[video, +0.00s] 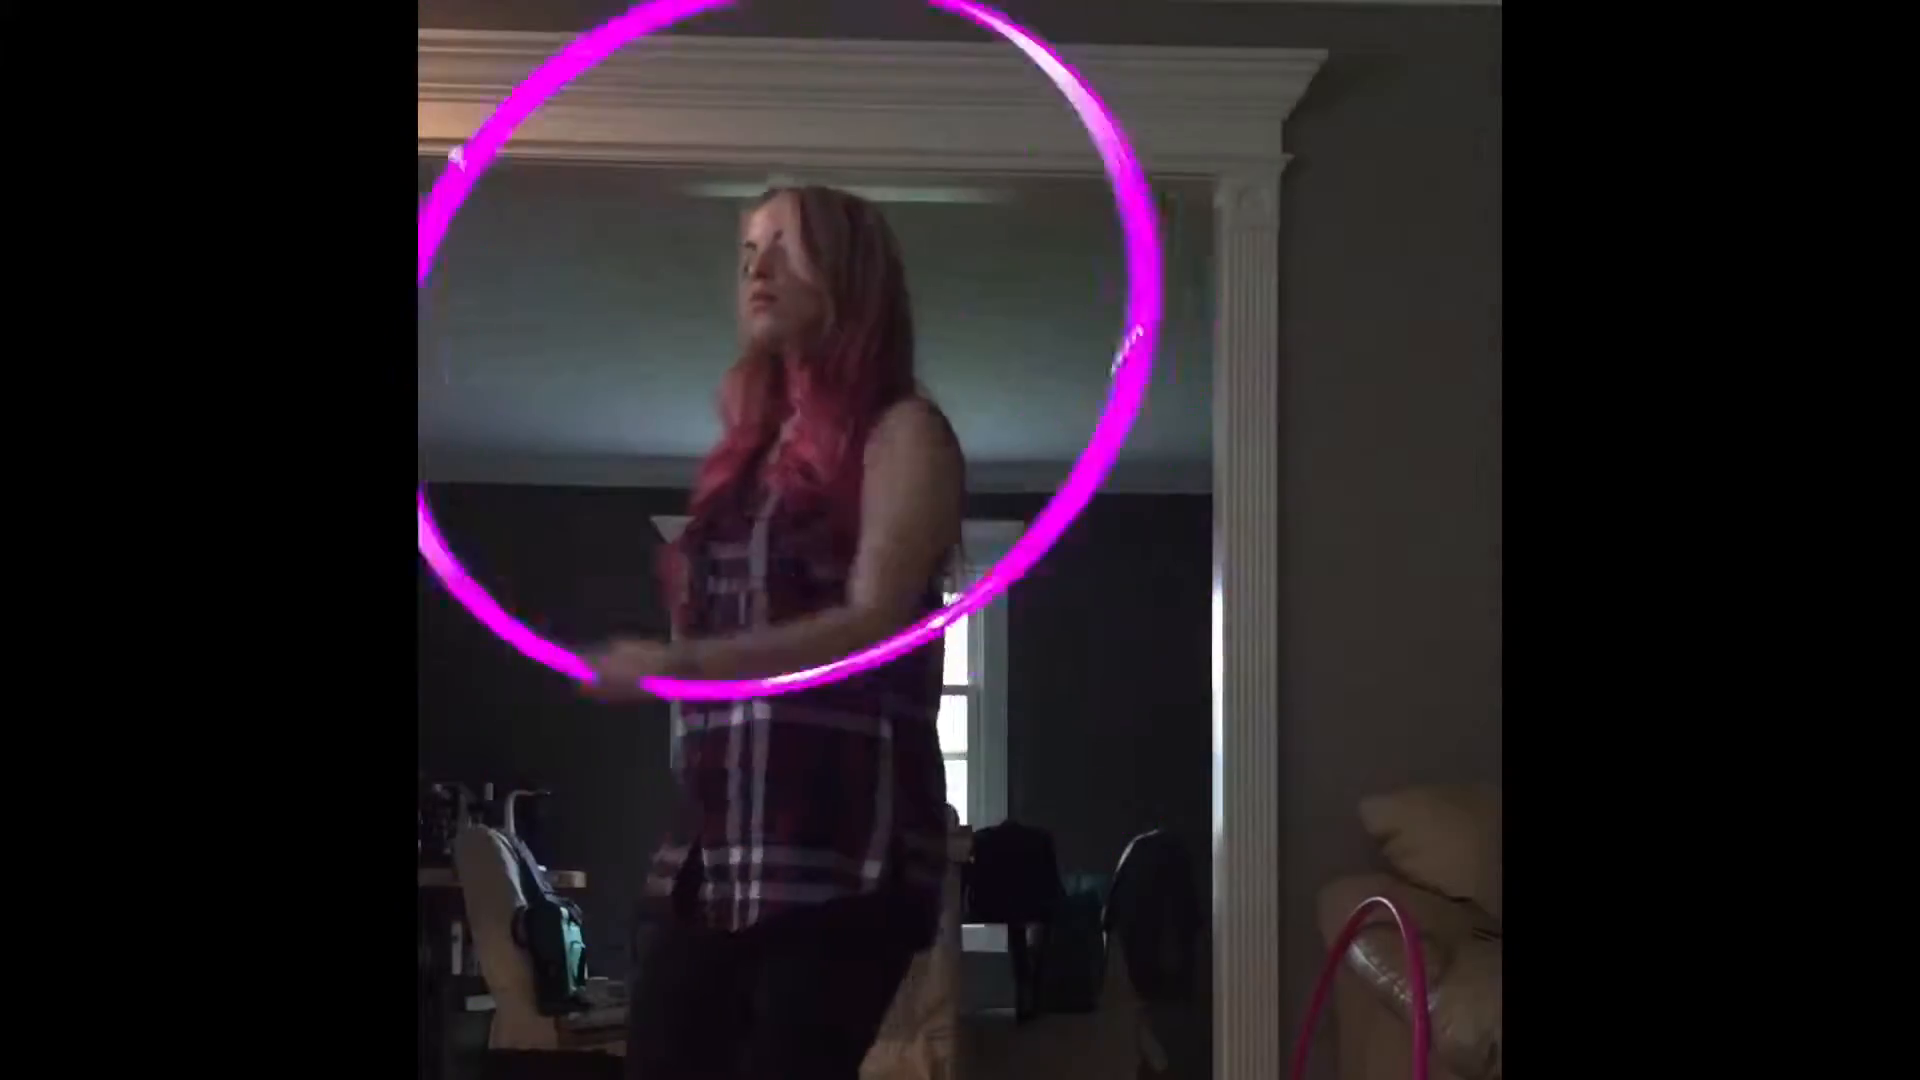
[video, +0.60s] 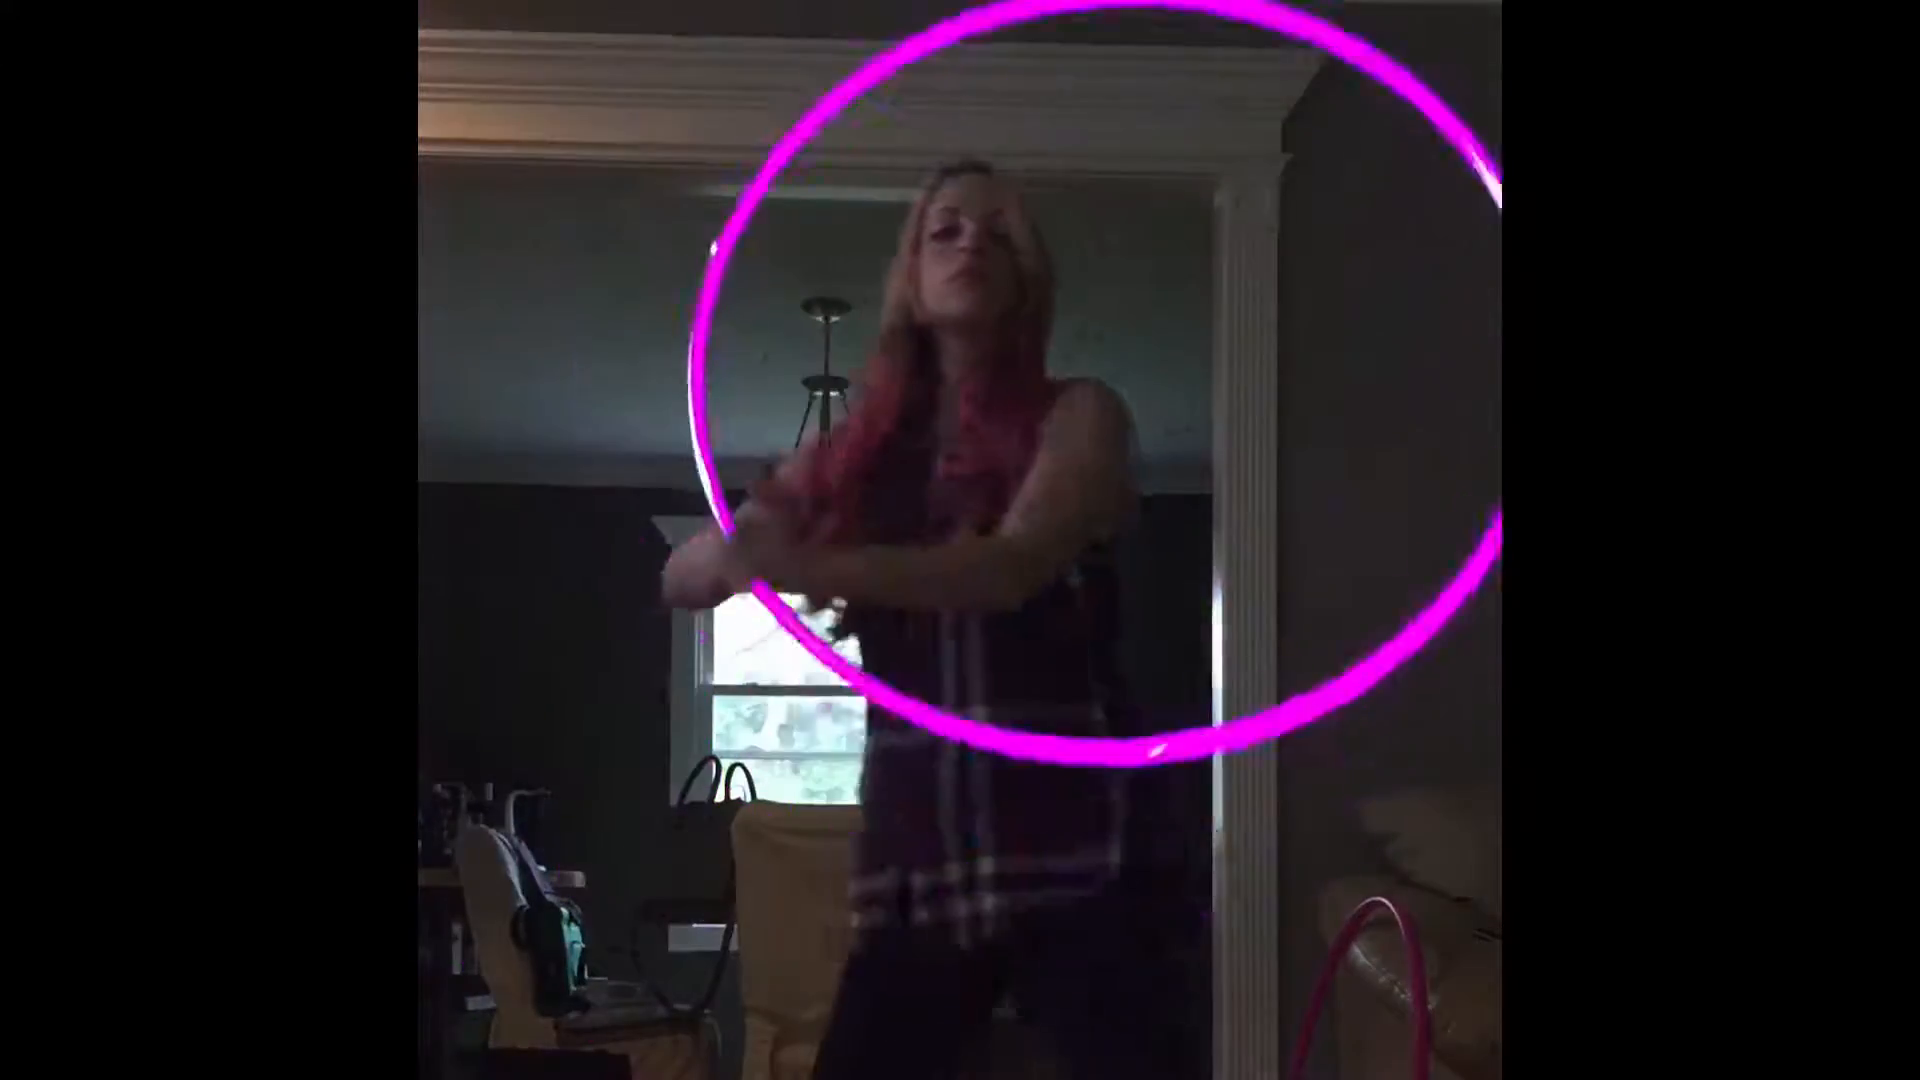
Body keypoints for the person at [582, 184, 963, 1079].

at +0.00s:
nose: (756, 271)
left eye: (784, 253)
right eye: (748, 256)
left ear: (846, 279)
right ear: (737, 280)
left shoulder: (903, 430)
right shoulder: (749, 438)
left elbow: (883, 622)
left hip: (844, 842)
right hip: (719, 832)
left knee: (789, 1061)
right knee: (668, 1053)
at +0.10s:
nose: (758, 266)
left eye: (787, 250)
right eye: (745, 252)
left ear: (842, 279)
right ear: (728, 280)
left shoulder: (897, 431)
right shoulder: (721, 440)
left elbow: (991, 614)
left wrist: (824, 656)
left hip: (837, 856)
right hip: (696, 844)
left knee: (786, 1062)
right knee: (657, 1057)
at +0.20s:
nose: (777, 272)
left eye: (806, 254)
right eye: (761, 257)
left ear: (858, 290)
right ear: (739, 290)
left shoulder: (914, 442)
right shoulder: (710, 452)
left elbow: (1093, 560)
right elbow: (661, 612)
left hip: (859, 857)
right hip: (706, 848)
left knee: (833, 1065)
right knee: (652, 1060)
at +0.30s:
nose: (807, 269)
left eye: (836, 254)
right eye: (789, 254)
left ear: (887, 289)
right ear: (761, 294)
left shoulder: (929, 435)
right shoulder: (725, 459)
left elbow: (1066, 488)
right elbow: (712, 653)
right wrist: (641, 723)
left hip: (881, 850)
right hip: (721, 844)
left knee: (920, 1064)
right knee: (683, 1065)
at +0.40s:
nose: (854, 262)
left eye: (882, 246)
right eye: (835, 248)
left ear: (924, 281)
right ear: (803, 285)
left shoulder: (976, 416)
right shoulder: (755, 450)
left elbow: (983, 497)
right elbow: (682, 661)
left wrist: (821, 343)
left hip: (961, 876)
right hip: (786, 875)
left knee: (1012, 1069)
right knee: (744, 1063)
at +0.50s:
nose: (912, 255)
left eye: (942, 244)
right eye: (891, 239)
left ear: (977, 282)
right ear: (854, 278)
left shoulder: (1024, 409)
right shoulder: (820, 437)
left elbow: (972, 536)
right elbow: (657, 610)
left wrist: (767, 468)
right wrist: (725, 505)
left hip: (1039, 865)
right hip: (869, 865)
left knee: (1093, 1067)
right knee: (798, 1068)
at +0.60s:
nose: (971, 244)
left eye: (997, 231)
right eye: (946, 230)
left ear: (1028, 273)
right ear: (908, 273)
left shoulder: (1079, 414)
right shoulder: (862, 441)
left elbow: (1012, 569)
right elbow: (683, 582)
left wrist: (805, 567)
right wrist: (746, 544)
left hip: (1082, 879)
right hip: (916, 883)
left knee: (1127, 1065)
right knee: (856, 1067)